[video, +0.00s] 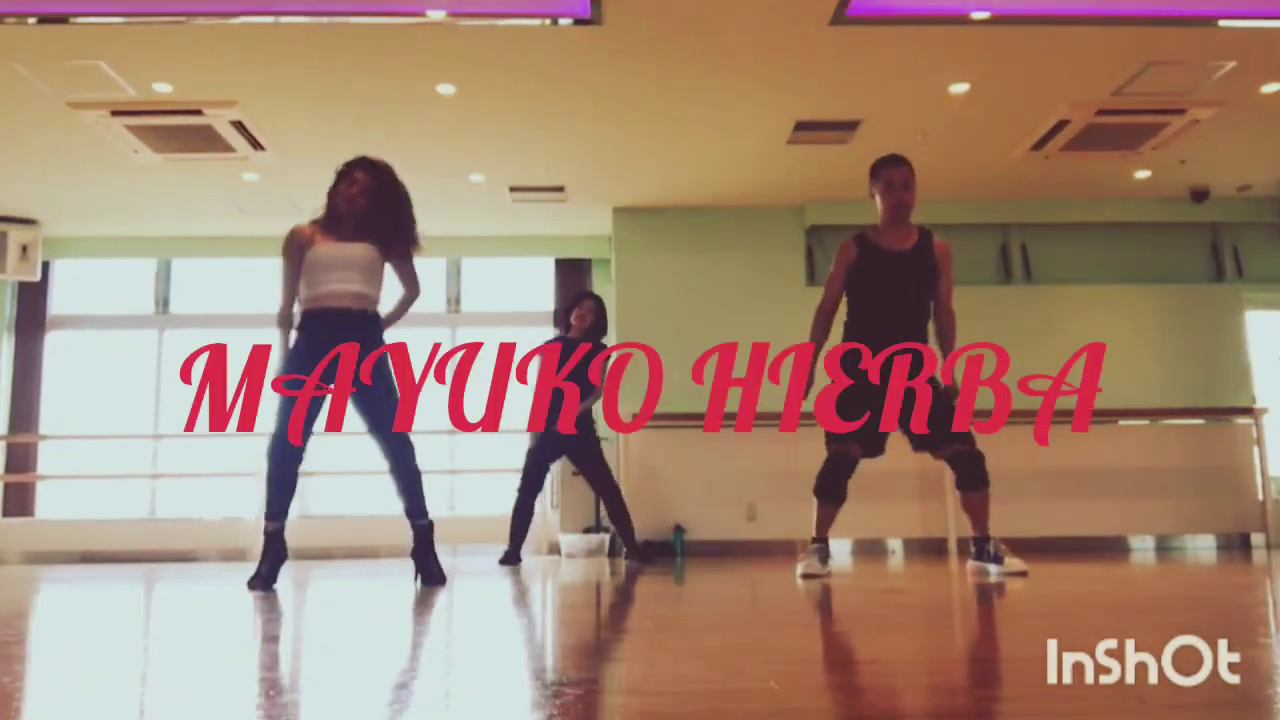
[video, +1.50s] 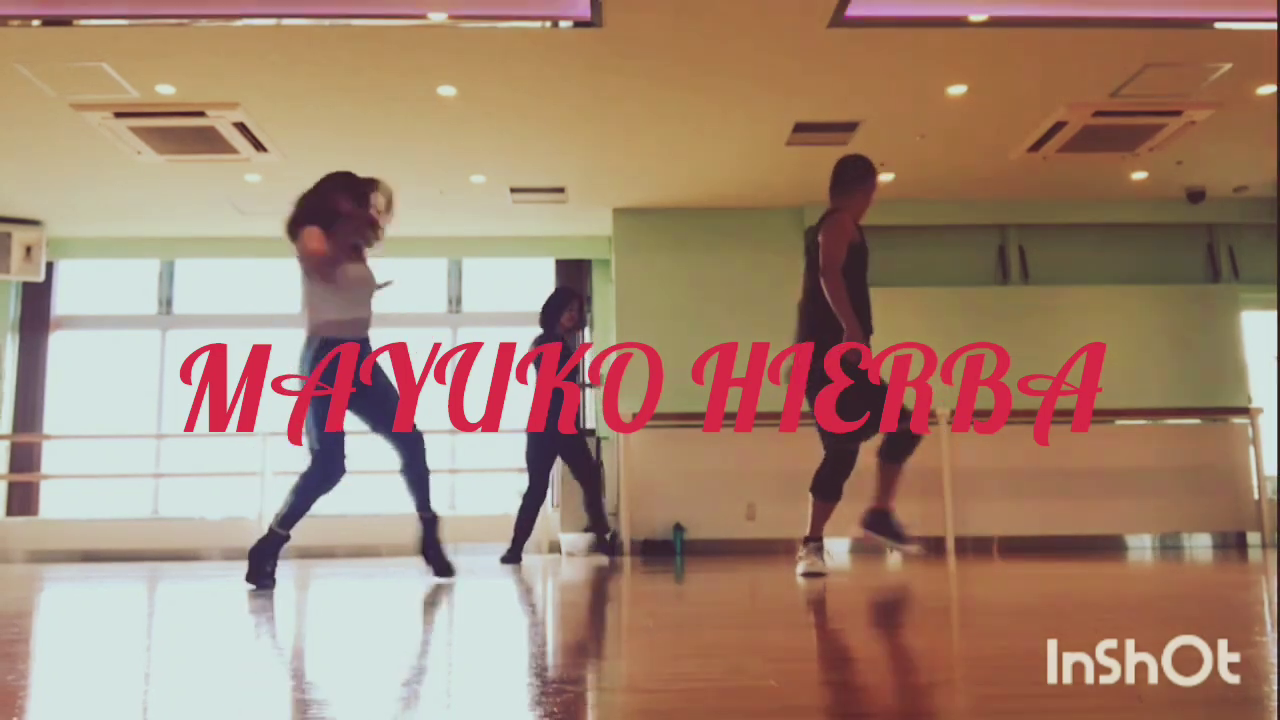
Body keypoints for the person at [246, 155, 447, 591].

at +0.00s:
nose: (353, 193)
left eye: (364, 191)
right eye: (349, 184)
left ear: (376, 202)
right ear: (335, 188)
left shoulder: (384, 239)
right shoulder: (303, 236)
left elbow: (412, 289)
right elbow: (288, 301)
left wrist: (384, 324)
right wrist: (285, 354)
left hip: (363, 336)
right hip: (312, 336)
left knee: (395, 442)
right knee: (285, 444)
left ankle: (423, 542)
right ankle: (273, 543)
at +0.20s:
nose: (350, 223)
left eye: (360, 219)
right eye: (345, 215)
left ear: (371, 230)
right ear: (332, 221)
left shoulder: (383, 274)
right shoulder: (307, 279)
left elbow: (418, 323)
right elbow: (299, 336)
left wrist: (388, 353)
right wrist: (296, 376)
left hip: (357, 389)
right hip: (307, 388)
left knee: (411, 454)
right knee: (256, 465)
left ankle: (426, 547)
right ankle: (270, 550)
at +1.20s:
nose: (335, 235)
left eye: (346, 231)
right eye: (330, 226)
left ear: (359, 243)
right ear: (317, 233)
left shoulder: (368, 289)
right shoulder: (298, 287)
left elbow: (398, 343)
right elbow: (294, 341)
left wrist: (410, 398)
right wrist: (300, 374)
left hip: (376, 395)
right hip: (330, 402)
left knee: (390, 469)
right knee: (258, 462)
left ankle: (434, 543)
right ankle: (277, 546)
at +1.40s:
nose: (358, 229)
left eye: (365, 221)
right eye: (352, 219)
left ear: (370, 226)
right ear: (333, 218)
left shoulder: (367, 264)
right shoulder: (302, 259)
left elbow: (392, 305)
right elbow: (258, 291)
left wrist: (426, 318)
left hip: (368, 369)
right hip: (325, 370)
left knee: (403, 454)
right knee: (314, 463)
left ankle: (438, 543)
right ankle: (275, 550)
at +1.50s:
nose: (366, 211)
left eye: (367, 203)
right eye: (359, 202)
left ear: (358, 208)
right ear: (338, 202)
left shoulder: (354, 239)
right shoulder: (313, 233)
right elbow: (320, 264)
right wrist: (342, 243)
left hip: (359, 358)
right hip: (325, 359)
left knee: (411, 443)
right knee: (328, 468)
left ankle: (430, 535)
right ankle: (267, 547)